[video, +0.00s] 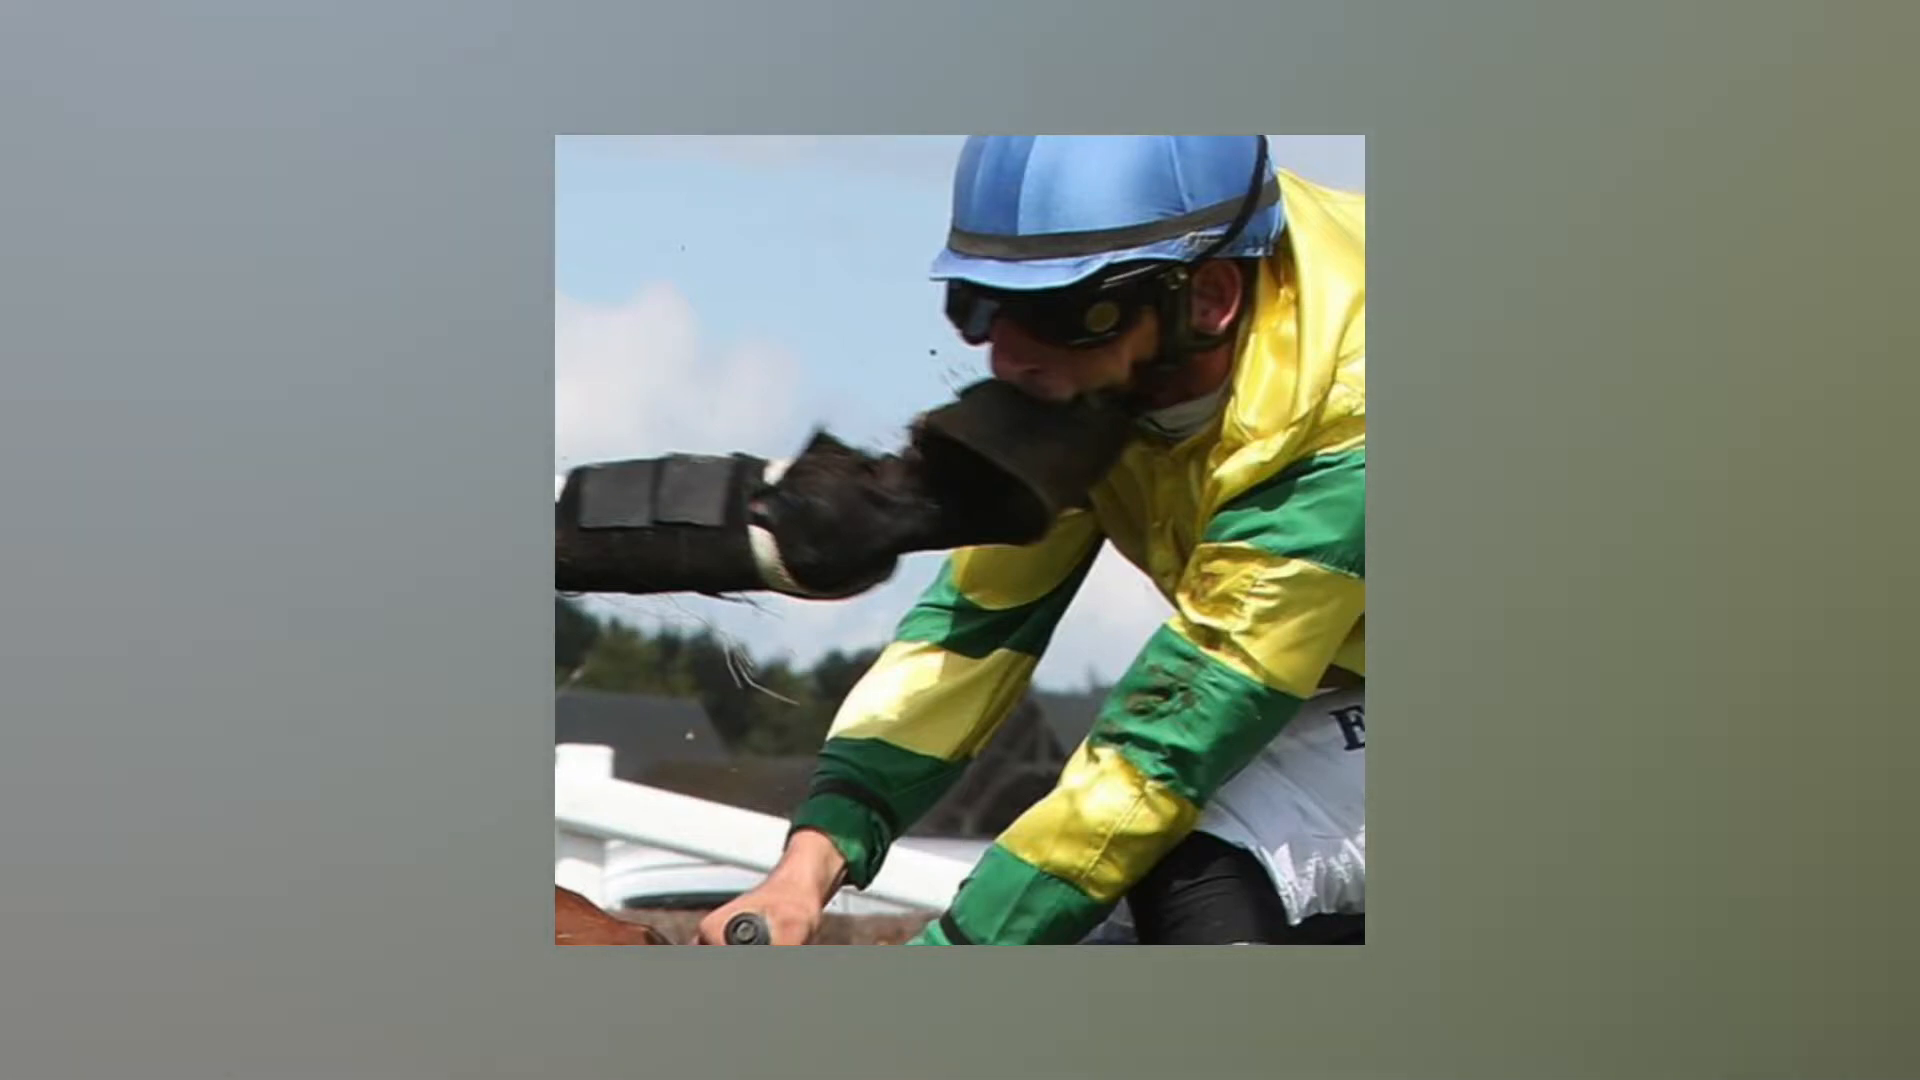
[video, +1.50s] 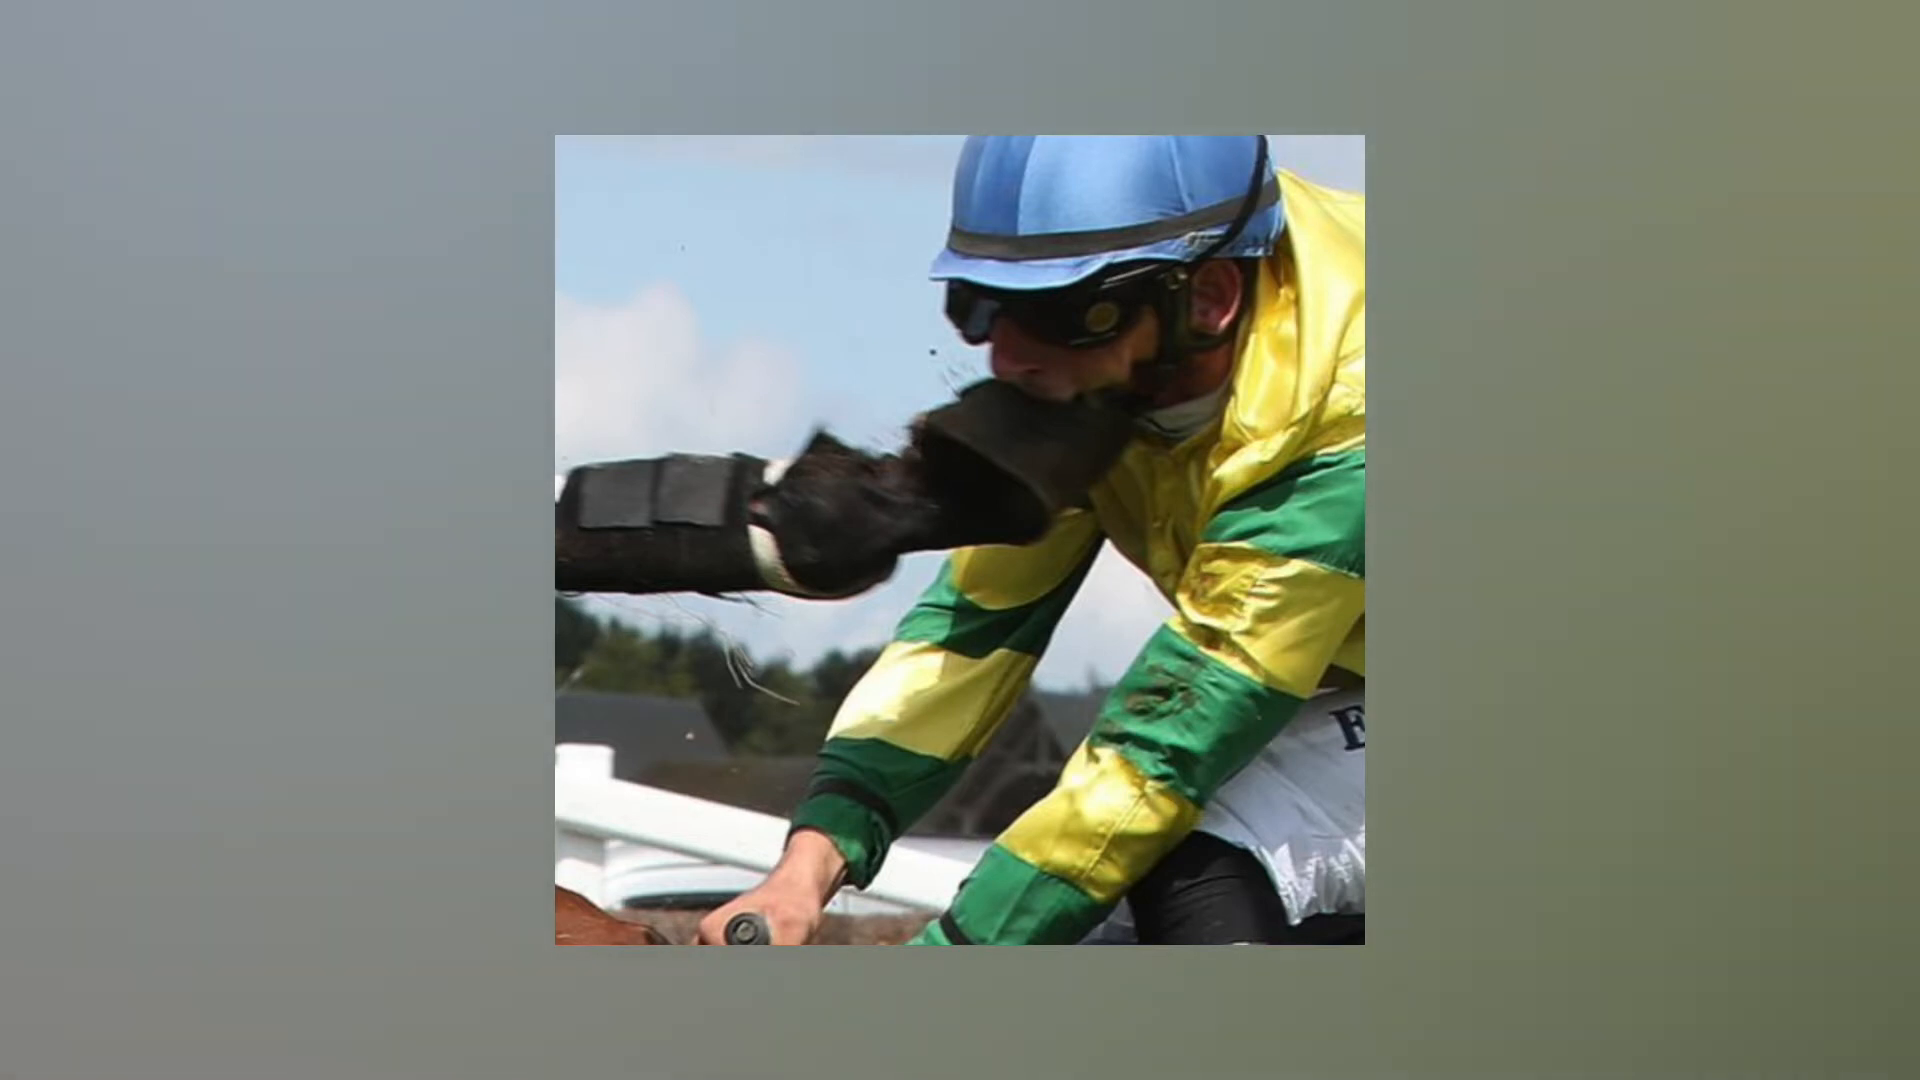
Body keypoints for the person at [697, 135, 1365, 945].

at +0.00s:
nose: (1005, 358)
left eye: (1054, 318)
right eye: (987, 309)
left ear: (1209, 299)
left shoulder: (1341, 429)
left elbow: (1160, 752)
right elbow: (969, 623)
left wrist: (933, 963)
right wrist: (804, 873)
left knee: (1204, 862)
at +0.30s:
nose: (1005, 358)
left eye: (1054, 319)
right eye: (988, 309)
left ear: (1209, 299)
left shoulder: (1342, 428)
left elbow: (1160, 752)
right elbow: (969, 624)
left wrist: (932, 967)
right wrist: (804, 872)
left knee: (1204, 861)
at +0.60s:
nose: (1005, 359)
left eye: (1056, 319)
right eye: (989, 310)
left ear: (1210, 298)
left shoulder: (1341, 429)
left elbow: (1161, 751)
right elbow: (969, 623)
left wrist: (934, 963)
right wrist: (804, 872)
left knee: (1204, 864)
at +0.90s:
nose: (1005, 359)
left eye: (1056, 319)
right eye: (989, 310)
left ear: (1210, 298)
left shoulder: (1341, 430)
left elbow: (1161, 751)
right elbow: (969, 623)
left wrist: (934, 962)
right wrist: (804, 872)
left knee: (1204, 864)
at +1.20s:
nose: (1005, 359)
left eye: (1056, 319)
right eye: (989, 310)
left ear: (1210, 298)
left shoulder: (1341, 430)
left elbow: (1161, 751)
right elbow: (969, 623)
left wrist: (933, 963)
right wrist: (804, 872)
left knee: (1205, 864)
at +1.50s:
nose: (1005, 358)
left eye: (1056, 319)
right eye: (989, 310)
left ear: (1209, 298)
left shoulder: (1341, 429)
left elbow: (1161, 751)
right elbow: (969, 623)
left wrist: (934, 965)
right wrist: (805, 871)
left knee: (1204, 864)